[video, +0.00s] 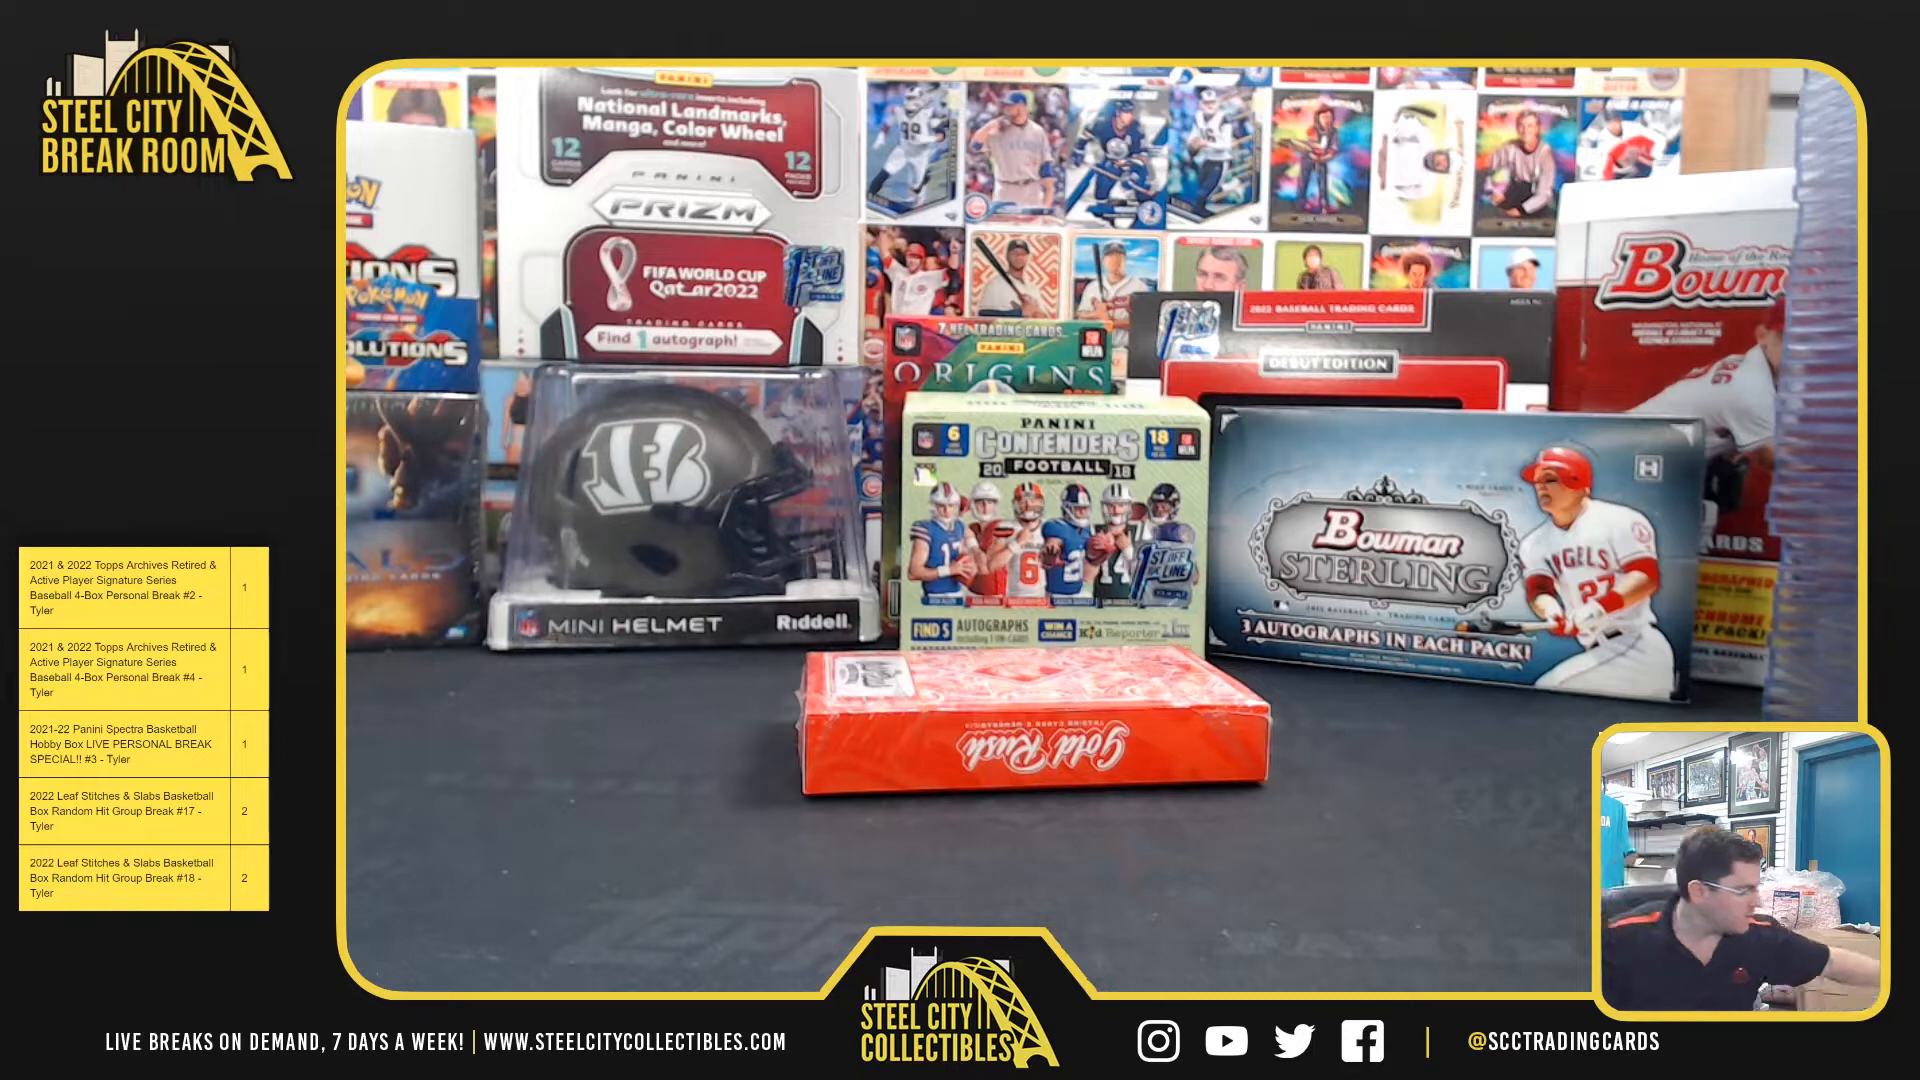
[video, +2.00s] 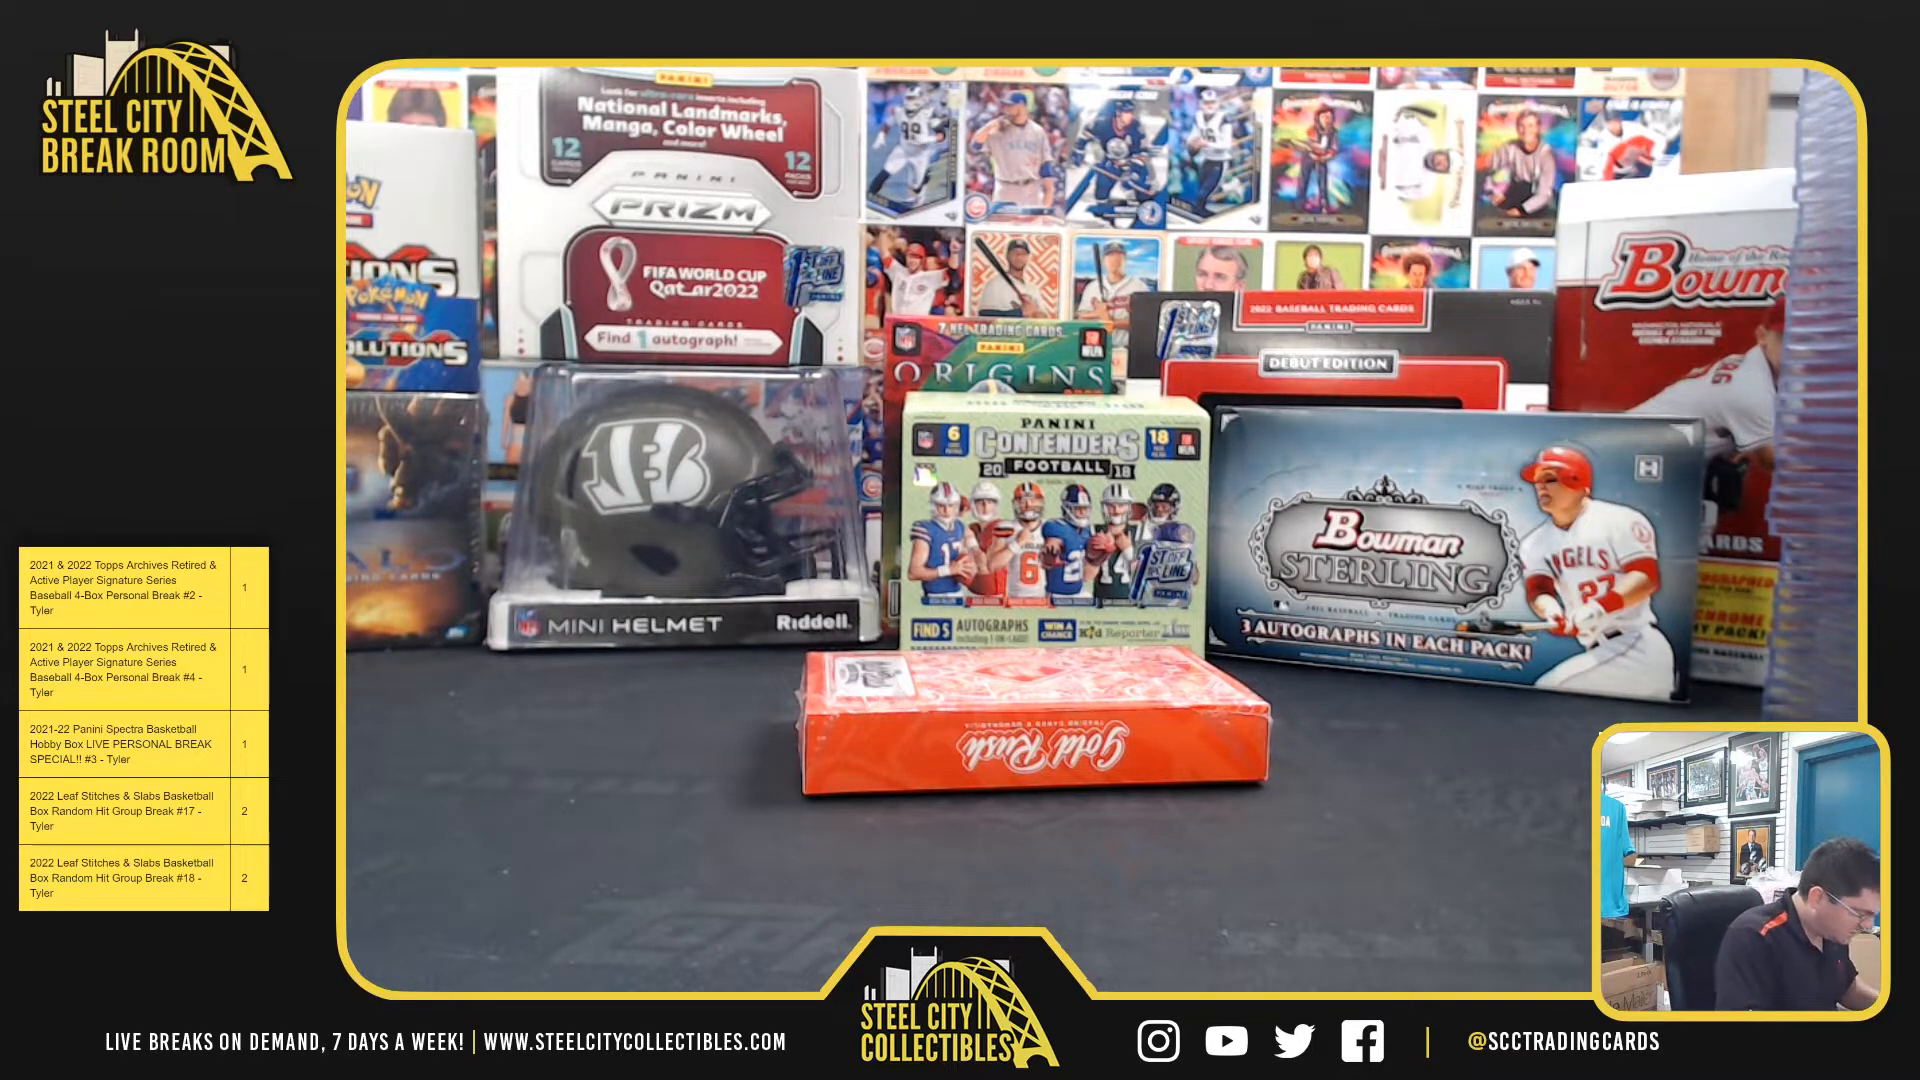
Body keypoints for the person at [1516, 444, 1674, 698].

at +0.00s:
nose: (1540, 489)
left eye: (1550, 480)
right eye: (1537, 483)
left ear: (1578, 485)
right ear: (1533, 488)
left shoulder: (1624, 522)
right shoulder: (1534, 545)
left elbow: (1646, 577)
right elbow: (1539, 591)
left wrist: (1600, 607)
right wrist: (1553, 614)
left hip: (1638, 647)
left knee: (1546, 693)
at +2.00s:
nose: (1540, 489)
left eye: (1550, 480)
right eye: (1537, 483)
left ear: (1579, 485)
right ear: (1533, 487)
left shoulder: (1624, 521)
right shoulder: (1534, 545)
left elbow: (1646, 577)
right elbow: (1538, 591)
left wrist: (1600, 607)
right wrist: (1554, 614)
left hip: (1638, 647)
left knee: (1545, 693)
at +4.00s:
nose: (1540, 490)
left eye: (1550, 481)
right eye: (1537, 483)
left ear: (1578, 484)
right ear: (1533, 488)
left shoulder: (1624, 521)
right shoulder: (1534, 545)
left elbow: (1646, 577)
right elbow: (1538, 591)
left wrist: (1599, 608)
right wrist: (1554, 614)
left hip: (1638, 648)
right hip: (1599, 651)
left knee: (1546, 692)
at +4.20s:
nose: (1540, 490)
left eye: (1550, 481)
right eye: (1537, 484)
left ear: (1578, 484)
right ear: (1533, 488)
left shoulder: (1624, 521)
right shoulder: (1534, 545)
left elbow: (1646, 577)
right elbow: (1538, 591)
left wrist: (1599, 608)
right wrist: (1554, 614)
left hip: (1637, 647)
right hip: (1598, 651)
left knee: (1546, 692)